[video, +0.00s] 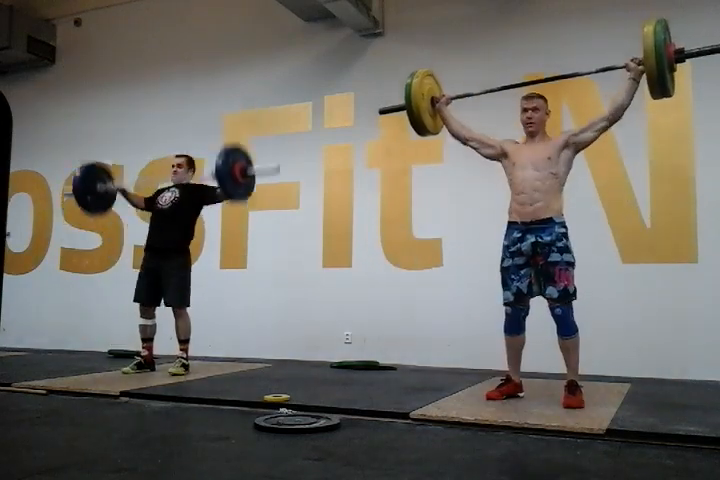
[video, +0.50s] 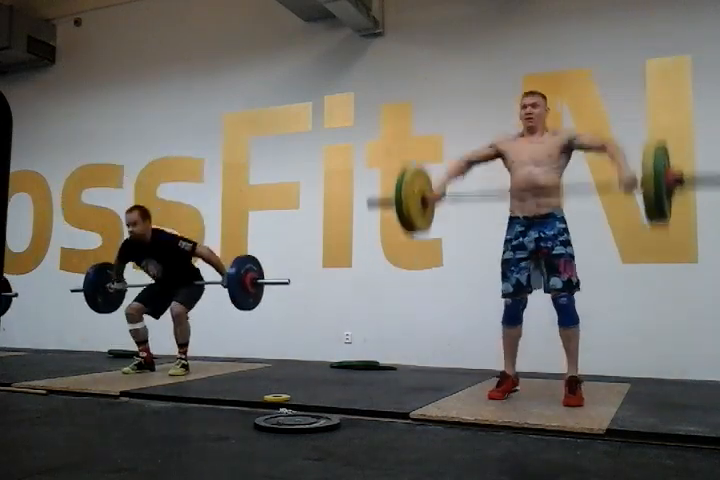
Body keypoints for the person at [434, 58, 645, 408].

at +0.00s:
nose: (529, 115)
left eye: (535, 110)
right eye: (525, 111)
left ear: (548, 114)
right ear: (520, 116)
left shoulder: (566, 145)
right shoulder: (508, 150)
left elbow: (612, 116)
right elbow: (465, 136)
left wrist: (634, 76)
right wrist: (441, 107)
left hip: (552, 232)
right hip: (516, 234)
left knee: (561, 309)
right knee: (514, 310)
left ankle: (572, 384)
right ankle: (512, 380)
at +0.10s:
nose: (532, 119)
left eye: (538, 115)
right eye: (528, 115)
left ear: (551, 120)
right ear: (523, 121)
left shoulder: (567, 151)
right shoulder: (509, 156)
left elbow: (611, 126)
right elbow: (465, 145)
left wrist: (633, 86)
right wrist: (441, 117)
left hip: (550, 234)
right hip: (514, 235)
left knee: (559, 311)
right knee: (510, 312)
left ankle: (572, 384)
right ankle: (512, 381)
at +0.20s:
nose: (532, 122)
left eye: (538, 118)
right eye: (528, 119)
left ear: (551, 125)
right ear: (523, 127)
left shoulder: (566, 156)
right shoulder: (509, 162)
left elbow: (611, 141)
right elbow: (466, 157)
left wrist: (632, 99)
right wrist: (441, 130)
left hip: (549, 237)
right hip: (512, 239)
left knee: (558, 312)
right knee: (504, 313)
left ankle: (572, 384)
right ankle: (511, 380)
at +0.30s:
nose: (532, 122)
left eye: (538, 118)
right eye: (528, 118)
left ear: (549, 123)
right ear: (523, 124)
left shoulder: (564, 153)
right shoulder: (509, 160)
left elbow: (616, 152)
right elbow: (465, 167)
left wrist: (630, 114)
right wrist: (443, 139)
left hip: (548, 235)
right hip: (512, 236)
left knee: (560, 310)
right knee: (508, 311)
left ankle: (572, 382)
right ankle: (511, 380)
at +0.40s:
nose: (532, 110)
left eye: (538, 106)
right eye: (528, 107)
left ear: (550, 114)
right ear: (523, 115)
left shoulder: (562, 142)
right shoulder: (511, 147)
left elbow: (607, 137)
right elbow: (471, 156)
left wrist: (641, 131)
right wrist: (442, 154)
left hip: (550, 223)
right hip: (516, 226)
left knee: (562, 301)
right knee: (511, 302)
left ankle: (572, 376)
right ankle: (509, 374)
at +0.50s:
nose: (528, 110)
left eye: (534, 105)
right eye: (524, 106)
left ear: (547, 111)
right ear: (519, 113)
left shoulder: (563, 140)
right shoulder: (506, 145)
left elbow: (607, 145)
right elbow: (467, 160)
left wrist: (624, 172)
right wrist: (441, 185)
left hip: (552, 226)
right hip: (518, 228)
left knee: (564, 303)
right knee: (513, 304)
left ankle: (572, 378)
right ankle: (509, 376)